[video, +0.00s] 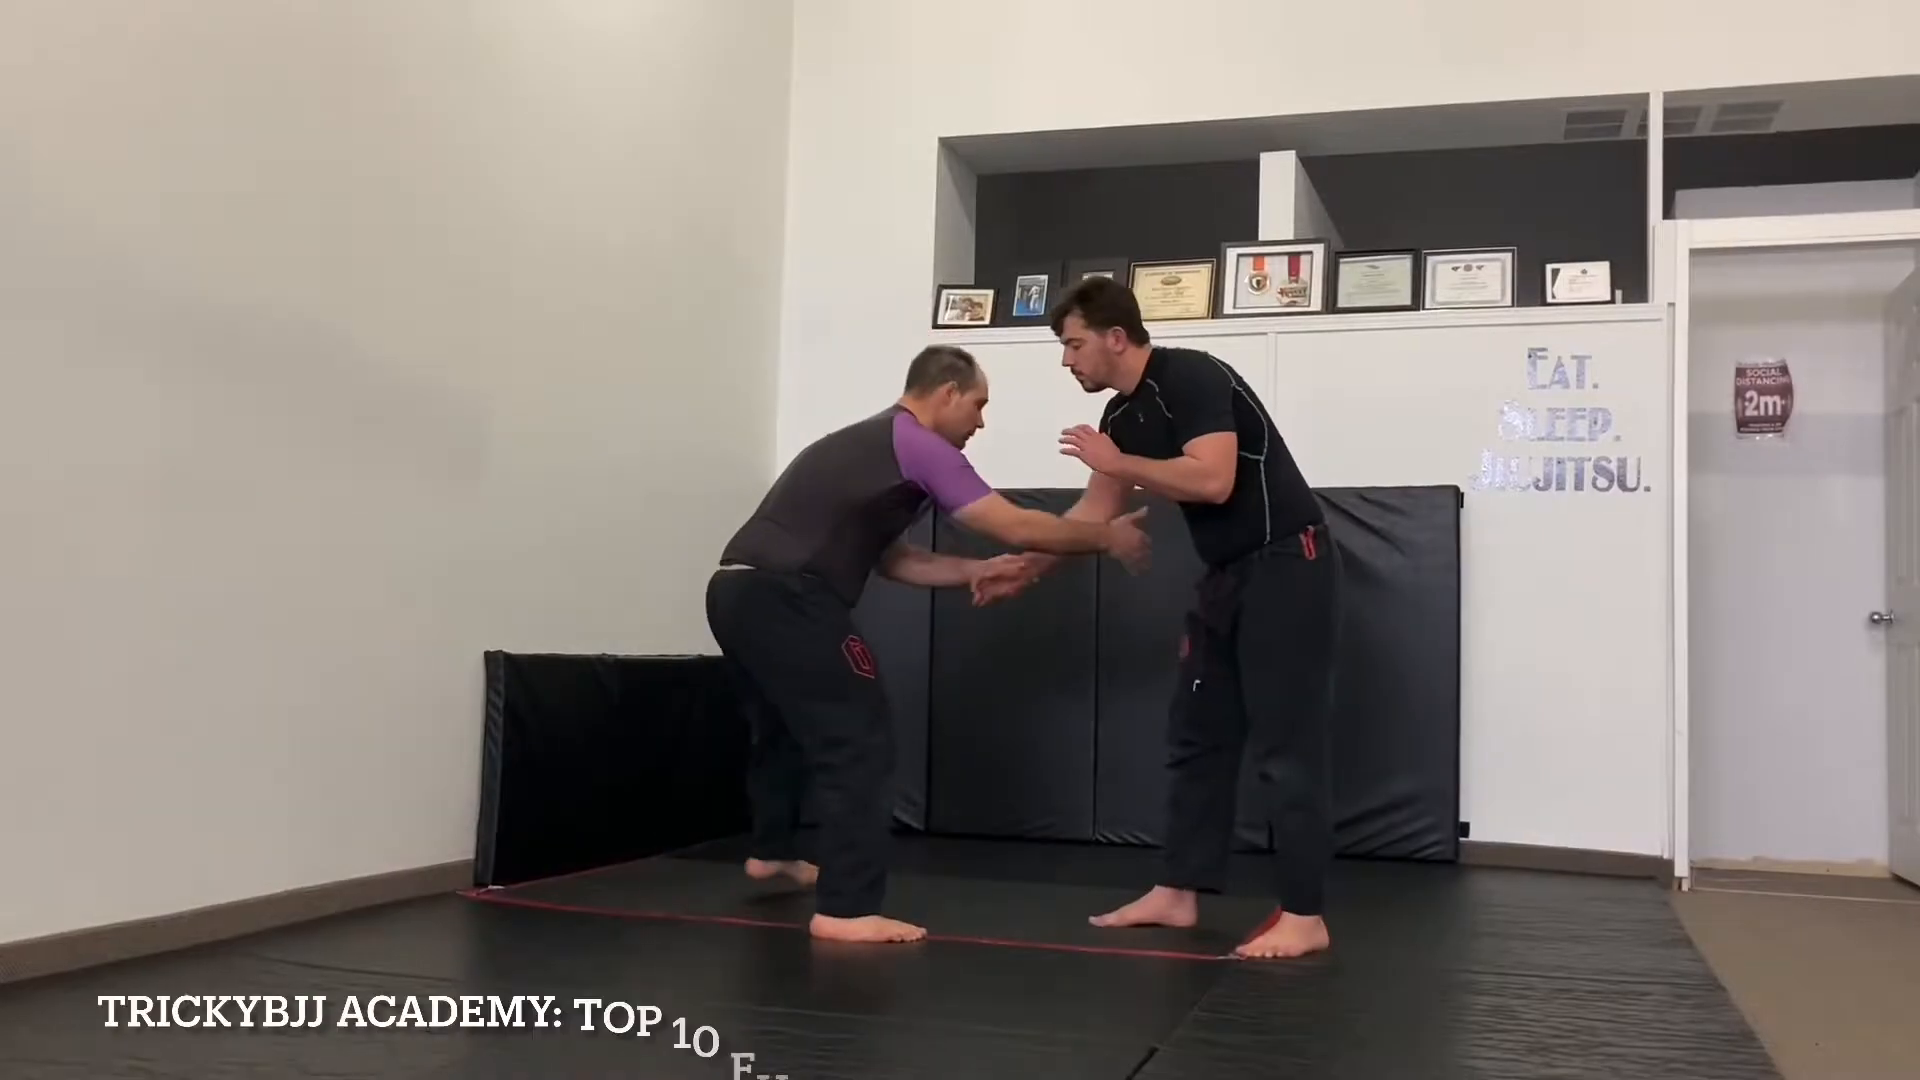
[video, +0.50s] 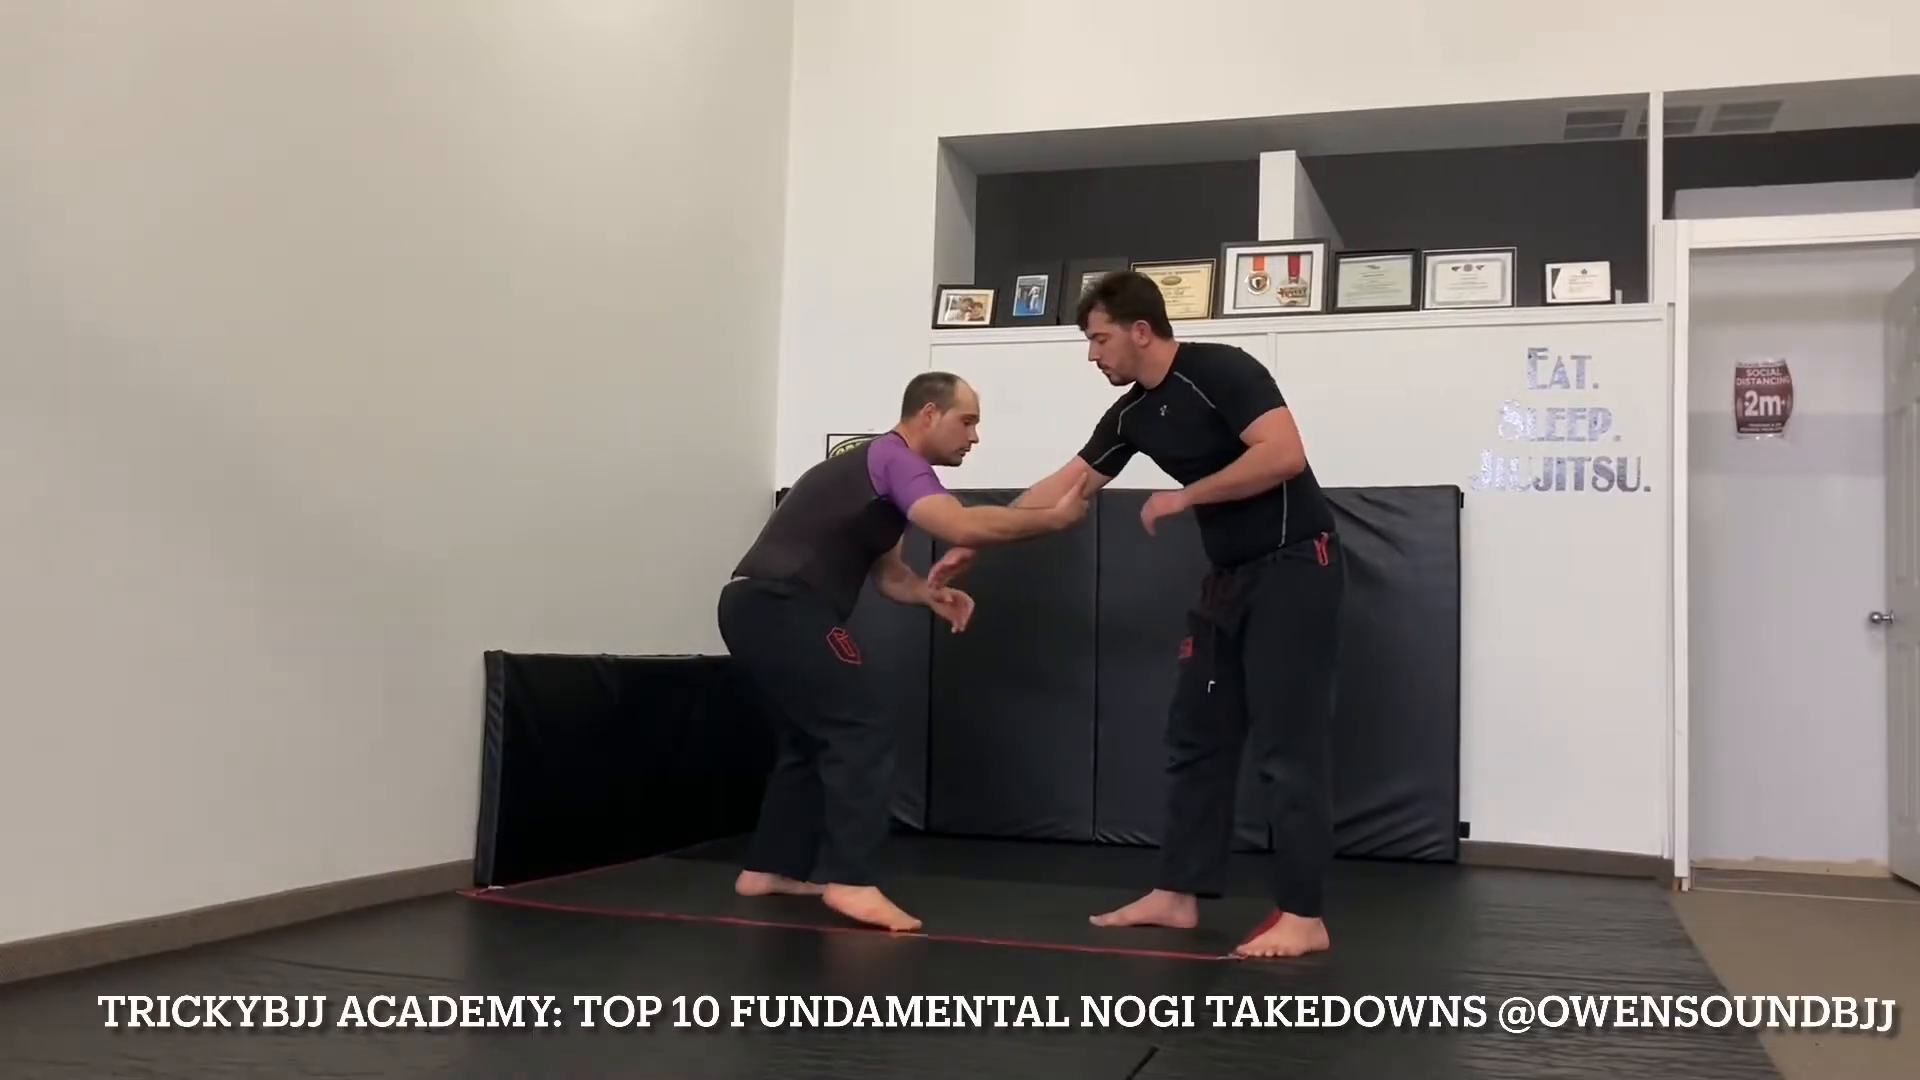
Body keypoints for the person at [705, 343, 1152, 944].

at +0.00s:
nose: (979, 423)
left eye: (982, 409)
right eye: (978, 407)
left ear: (923, 394)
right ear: (947, 393)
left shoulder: (867, 441)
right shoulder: (919, 442)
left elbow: (891, 559)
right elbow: (1014, 528)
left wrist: (976, 570)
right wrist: (1105, 537)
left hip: (736, 588)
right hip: (787, 596)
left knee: (785, 724)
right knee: (860, 732)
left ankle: (772, 851)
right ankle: (846, 908)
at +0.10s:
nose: (981, 432)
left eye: (982, 418)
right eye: (978, 416)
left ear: (929, 405)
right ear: (944, 404)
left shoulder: (869, 451)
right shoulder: (917, 449)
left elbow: (880, 570)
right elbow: (1015, 524)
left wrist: (961, 581)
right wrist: (1106, 525)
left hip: (744, 596)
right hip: (785, 603)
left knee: (798, 729)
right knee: (861, 735)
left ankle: (772, 850)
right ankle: (848, 907)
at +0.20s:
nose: (977, 438)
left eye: (978, 425)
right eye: (972, 423)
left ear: (929, 414)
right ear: (937, 413)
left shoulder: (865, 458)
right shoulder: (904, 456)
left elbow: (882, 575)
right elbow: (998, 536)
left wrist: (958, 584)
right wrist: (1078, 520)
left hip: (749, 602)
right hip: (783, 608)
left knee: (809, 735)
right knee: (857, 738)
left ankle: (768, 860)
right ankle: (845, 903)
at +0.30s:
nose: (971, 439)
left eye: (973, 425)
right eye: (965, 424)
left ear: (922, 418)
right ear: (928, 415)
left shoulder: (870, 462)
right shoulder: (897, 461)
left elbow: (894, 575)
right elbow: (982, 540)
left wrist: (959, 580)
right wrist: (1074, 528)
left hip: (752, 605)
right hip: (778, 611)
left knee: (805, 738)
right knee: (844, 737)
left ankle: (769, 866)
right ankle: (840, 894)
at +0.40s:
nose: (969, 437)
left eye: (970, 424)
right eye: (962, 422)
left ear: (919, 419)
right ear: (924, 416)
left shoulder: (872, 463)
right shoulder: (895, 460)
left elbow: (890, 575)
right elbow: (968, 534)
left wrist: (942, 581)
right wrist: (1054, 524)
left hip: (751, 604)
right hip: (779, 610)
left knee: (805, 739)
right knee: (845, 737)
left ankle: (768, 866)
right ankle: (844, 886)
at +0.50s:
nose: (975, 436)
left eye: (976, 424)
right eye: (967, 422)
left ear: (924, 418)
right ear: (929, 414)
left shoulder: (871, 459)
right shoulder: (895, 456)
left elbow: (885, 569)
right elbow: (957, 525)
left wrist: (932, 594)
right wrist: (1050, 516)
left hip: (755, 603)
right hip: (787, 607)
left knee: (807, 738)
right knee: (860, 729)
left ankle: (771, 866)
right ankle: (851, 881)